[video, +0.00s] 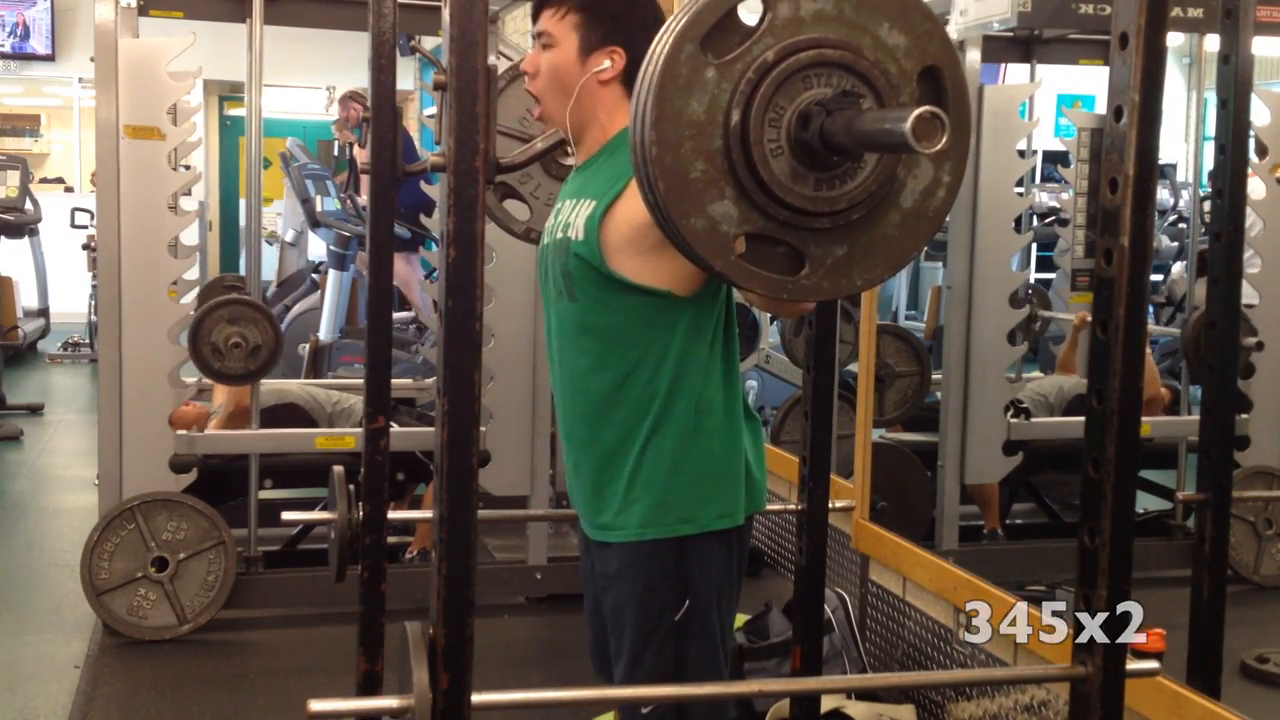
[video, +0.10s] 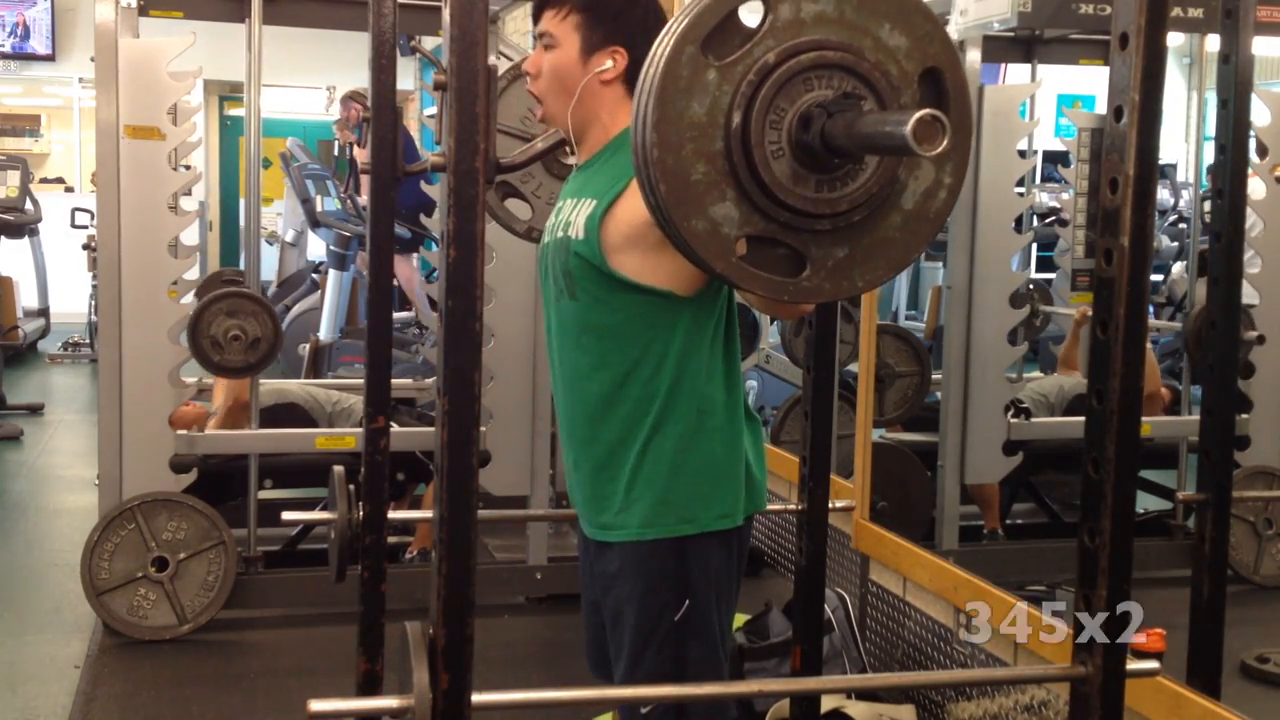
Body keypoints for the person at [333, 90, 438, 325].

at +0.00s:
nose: (345, 121)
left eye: (345, 115)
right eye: (343, 117)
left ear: (356, 108)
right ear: (357, 109)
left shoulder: (376, 129)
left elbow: (367, 169)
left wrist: (365, 201)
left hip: (399, 202)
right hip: (406, 200)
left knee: (395, 258)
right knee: (410, 260)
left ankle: (424, 315)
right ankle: (427, 318)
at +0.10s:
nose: (345, 120)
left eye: (345, 114)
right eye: (343, 115)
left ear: (356, 108)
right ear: (358, 108)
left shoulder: (373, 128)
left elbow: (366, 168)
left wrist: (365, 202)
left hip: (401, 201)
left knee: (401, 261)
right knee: (401, 260)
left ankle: (426, 318)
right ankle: (422, 313)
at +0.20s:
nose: (344, 119)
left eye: (345, 113)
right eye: (343, 114)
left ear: (357, 108)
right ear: (358, 108)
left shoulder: (374, 127)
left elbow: (366, 168)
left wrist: (364, 201)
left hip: (402, 205)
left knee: (407, 268)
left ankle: (428, 321)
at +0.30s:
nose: (344, 121)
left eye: (345, 115)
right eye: (343, 116)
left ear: (356, 108)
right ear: (358, 109)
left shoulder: (369, 127)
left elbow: (366, 171)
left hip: (400, 207)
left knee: (409, 275)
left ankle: (432, 329)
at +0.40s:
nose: (343, 119)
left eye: (344, 113)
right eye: (342, 114)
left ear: (356, 108)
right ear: (357, 108)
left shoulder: (374, 127)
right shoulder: (363, 130)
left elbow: (365, 169)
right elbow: (362, 171)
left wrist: (365, 202)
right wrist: (364, 201)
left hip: (403, 200)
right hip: (391, 200)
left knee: (409, 259)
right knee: (398, 258)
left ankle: (429, 321)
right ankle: (417, 310)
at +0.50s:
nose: (343, 119)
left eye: (344, 113)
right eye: (341, 115)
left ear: (356, 108)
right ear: (355, 110)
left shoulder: (380, 128)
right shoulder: (359, 134)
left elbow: (369, 168)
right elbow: (361, 171)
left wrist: (365, 201)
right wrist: (363, 199)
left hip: (403, 204)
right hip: (384, 204)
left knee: (406, 266)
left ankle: (429, 325)